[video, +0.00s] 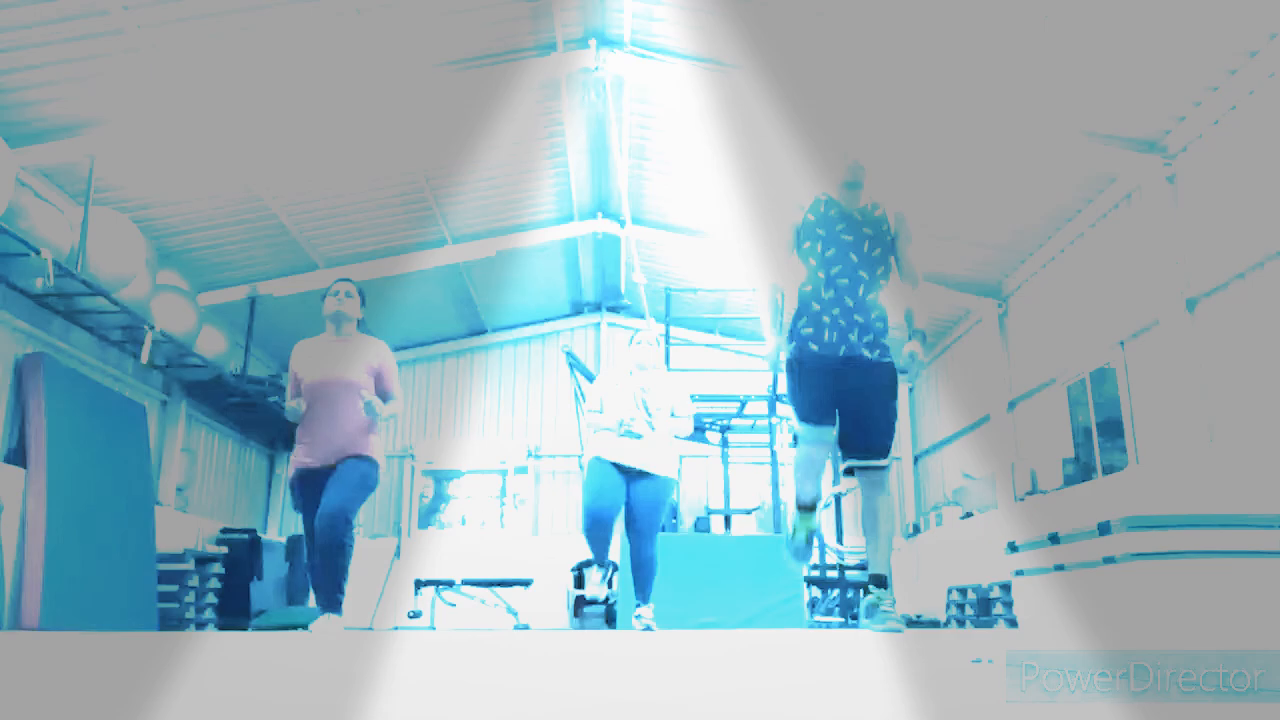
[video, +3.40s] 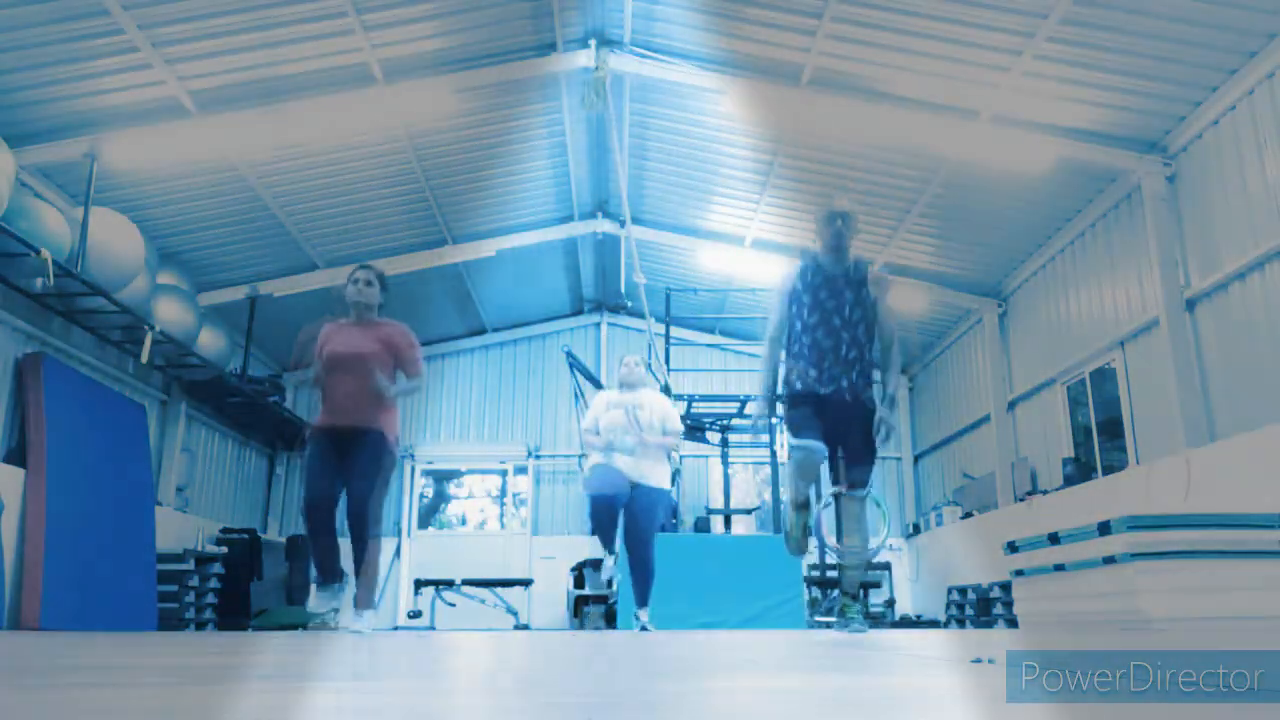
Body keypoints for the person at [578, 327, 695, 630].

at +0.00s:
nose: (646, 350)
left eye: (652, 344)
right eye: (640, 344)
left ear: (661, 350)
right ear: (629, 349)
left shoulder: (673, 383)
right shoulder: (610, 378)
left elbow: (686, 425)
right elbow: (589, 417)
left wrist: (658, 424)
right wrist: (617, 424)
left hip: (654, 459)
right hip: (608, 453)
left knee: (644, 534)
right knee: (597, 513)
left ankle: (643, 606)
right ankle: (601, 565)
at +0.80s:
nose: (617, 347)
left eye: (623, 342)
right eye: (611, 343)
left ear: (633, 350)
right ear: (603, 351)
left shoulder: (651, 382)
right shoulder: (587, 381)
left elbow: (672, 420)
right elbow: (570, 422)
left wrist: (650, 419)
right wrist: (593, 418)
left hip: (647, 468)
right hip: (599, 468)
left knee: (655, 524)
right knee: (611, 523)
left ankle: (639, 580)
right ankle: (610, 603)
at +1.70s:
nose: (633, 349)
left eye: (639, 345)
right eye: (628, 344)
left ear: (648, 351)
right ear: (618, 349)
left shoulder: (662, 378)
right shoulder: (599, 376)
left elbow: (683, 416)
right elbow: (581, 412)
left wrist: (662, 423)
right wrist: (595, 419)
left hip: (649, 459)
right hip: (604, 452)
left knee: (638, 533)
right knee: (594, 496)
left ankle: (640, 603)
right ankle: (603, 558)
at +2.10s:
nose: (624, 352)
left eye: (630, 348)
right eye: (618, 348)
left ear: (640, 355)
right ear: (609, 355)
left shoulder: (657, 384)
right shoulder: (594, 383)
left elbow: (678, 424)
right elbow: (578, 424)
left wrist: (653, 427)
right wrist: (593, 422)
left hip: (647, 466)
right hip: (602, 461)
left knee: (639, 539)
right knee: (603, 511)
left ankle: (644, 606)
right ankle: (600, 578)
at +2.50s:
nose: (613, 347)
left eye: (618, 344)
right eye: (607, 345)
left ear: (627, 355)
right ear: (598, 355)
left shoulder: (643, 382)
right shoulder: (580, 383)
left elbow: (665, 420)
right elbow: (565, 422)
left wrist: (645, 421)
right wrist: (587, 422)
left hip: (640, 466)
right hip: (595, 468)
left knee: (651, 519)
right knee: (602, 533)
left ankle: (632, 570)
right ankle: (599, 601)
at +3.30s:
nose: (632, 364)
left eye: (637, 360)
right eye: (626, 359)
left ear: (645, 368)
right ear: (617, 367)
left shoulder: (659, 395)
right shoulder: (600, 394)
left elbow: (674, 433)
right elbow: (585, 433)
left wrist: (649, 433)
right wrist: (606, 434)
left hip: (647, 476)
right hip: (604, 475)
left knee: (642, 540)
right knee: (601, 535)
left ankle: (644, 605)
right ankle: (605, 578)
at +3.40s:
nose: (629, 367)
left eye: (636, 364)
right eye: (625, 364)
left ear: (645, 373)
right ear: (618, 373)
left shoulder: (660, 401)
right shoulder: (604, 398)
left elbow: (676, 439)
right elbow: (585, 435)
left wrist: (646, 439)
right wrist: (603, 442)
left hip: (650, 475)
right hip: (609, 467)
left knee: (641, 541)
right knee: (603, 495)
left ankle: (642, 609)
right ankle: (609, 552)